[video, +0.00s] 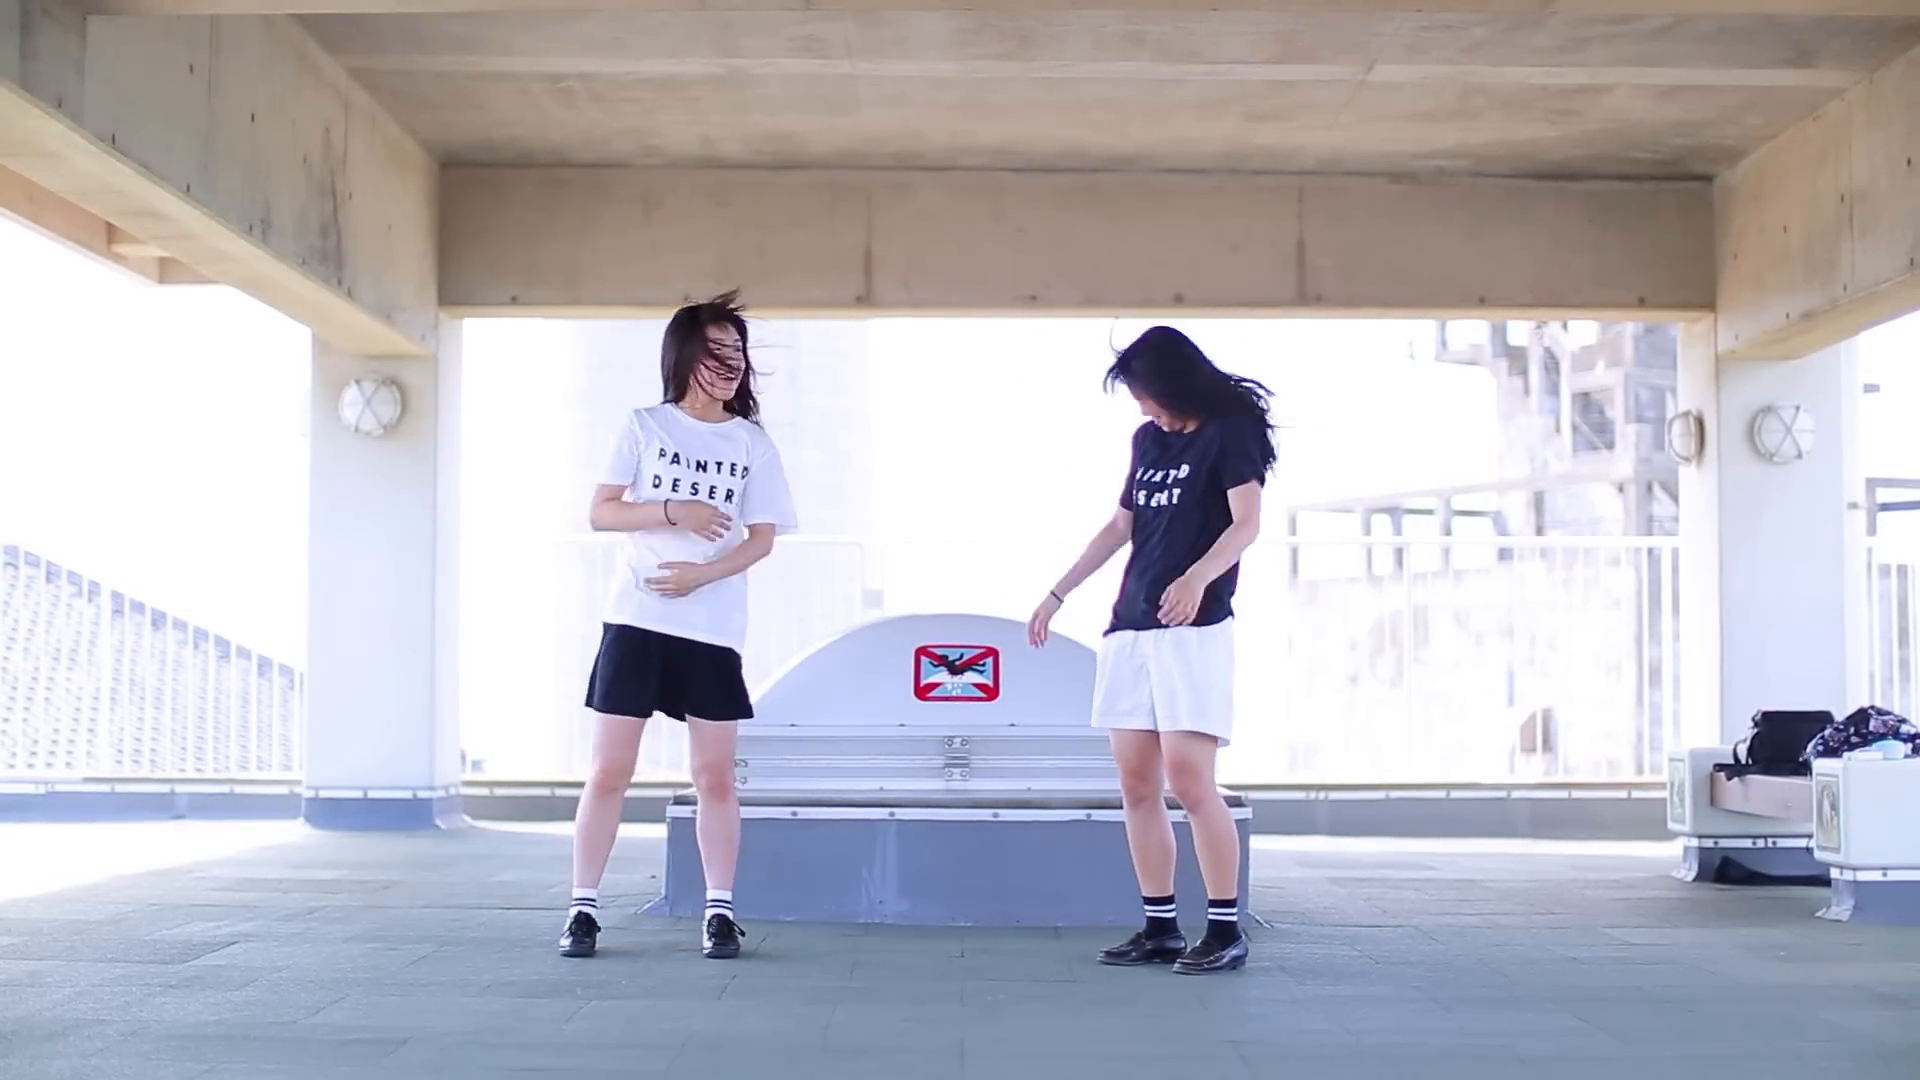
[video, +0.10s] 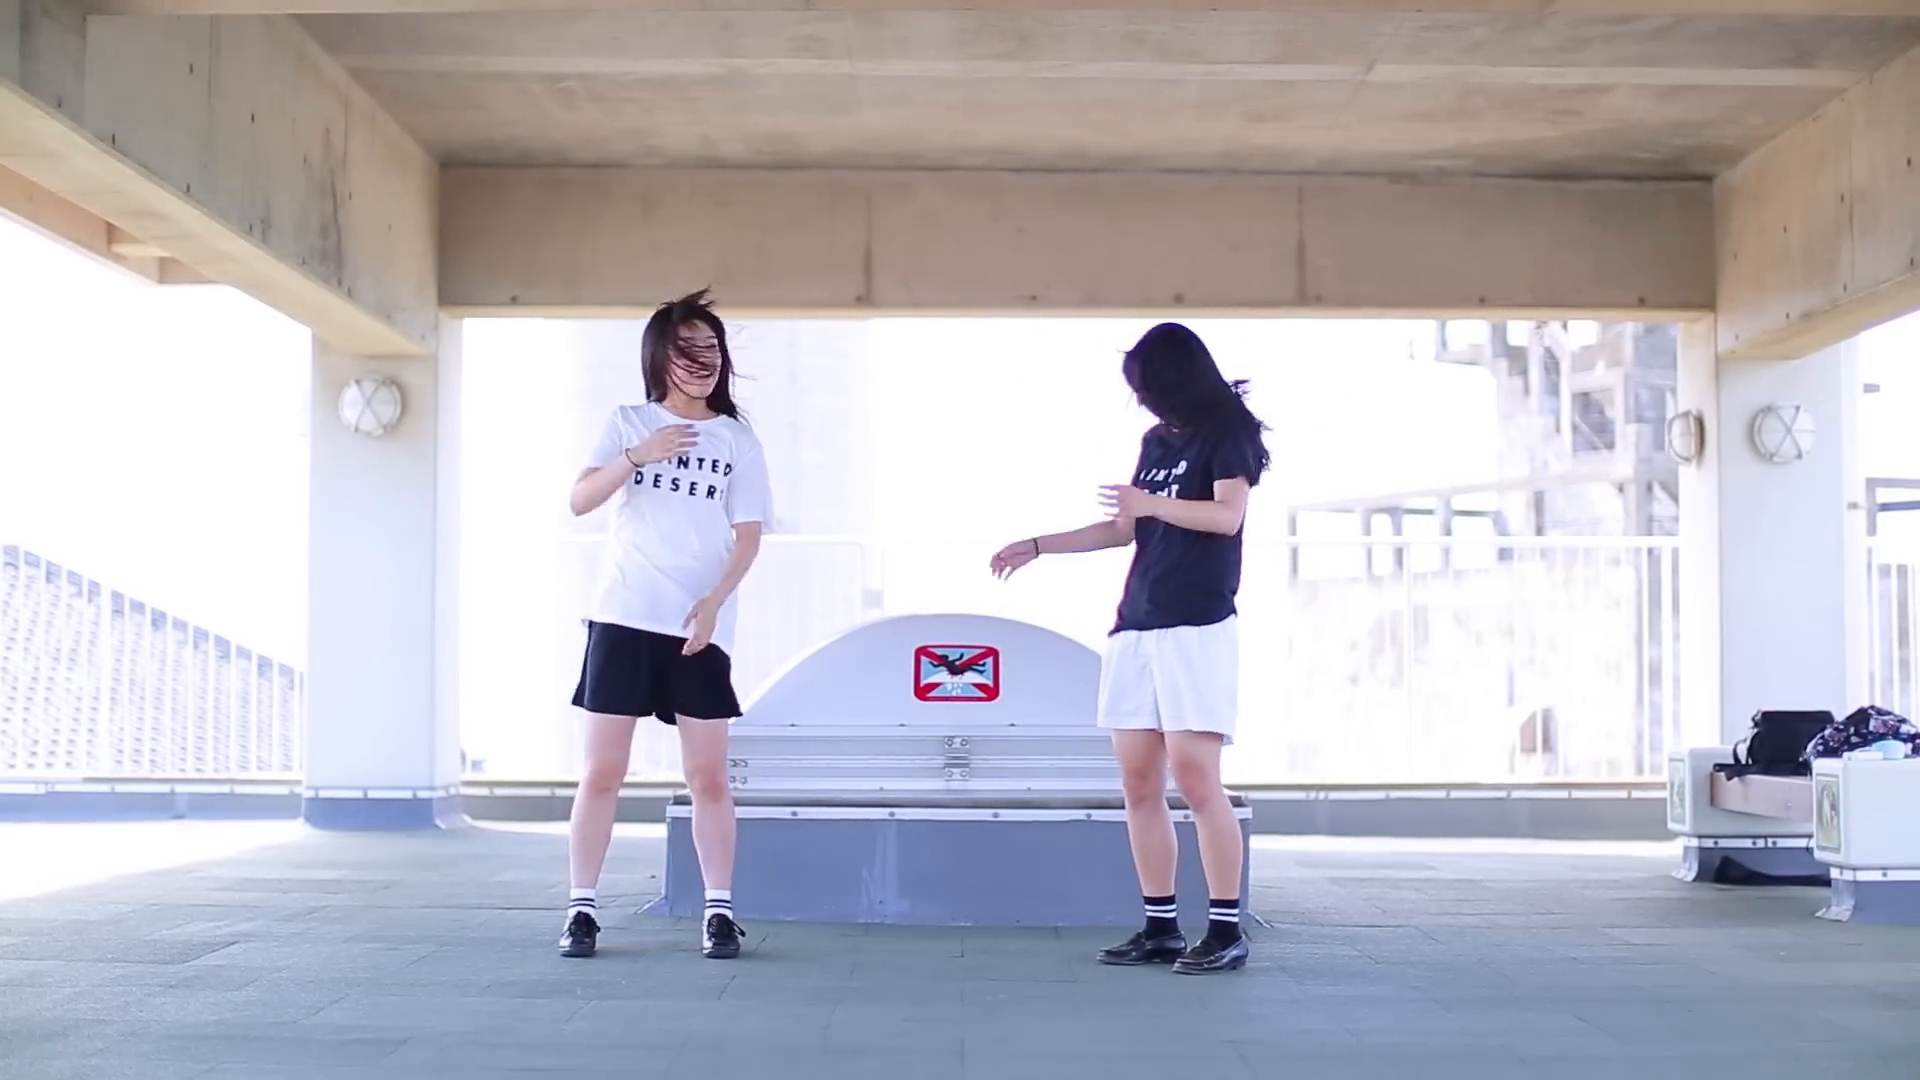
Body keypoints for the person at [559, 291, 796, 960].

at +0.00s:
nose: (726, 363)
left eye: (735, 353)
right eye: (712, 351)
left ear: (746, 361)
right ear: (682, 355)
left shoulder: (753, 441)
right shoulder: (646, 424)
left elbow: (763, 538)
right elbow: (601, 512)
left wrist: (704, 573)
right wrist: (676, 510)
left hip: (712, 630)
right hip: (636, 621)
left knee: (716, 778)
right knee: (609, 774)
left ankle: (719, 911)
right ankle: (583, 908)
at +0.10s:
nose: (699, 359)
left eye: (710, 349)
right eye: (686, 348)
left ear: (723, 357)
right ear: (658, 355)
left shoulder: (738, 438)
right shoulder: (630, 422)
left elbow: (749, 538)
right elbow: (580, 500)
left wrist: (713, 601)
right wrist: (640, 453)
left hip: (700, 626)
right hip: (624, 619)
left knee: (709, 779)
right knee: (602, 775)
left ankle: (718, 912)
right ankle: (582, 910)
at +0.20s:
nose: (671, 358)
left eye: (682, 347)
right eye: (656, 348)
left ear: (700, 356)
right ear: (632, 358)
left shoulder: (724, 438)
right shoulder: (616, 422)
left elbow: (742, 533)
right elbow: (561, 471)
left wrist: (728, 617)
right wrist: (610, 395)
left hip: (688, 630)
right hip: (609, 621)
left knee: (701, 780)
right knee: (594, 774)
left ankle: (718, 910)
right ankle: (581, 909)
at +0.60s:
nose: (598, 361)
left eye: (615, 350)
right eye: (592, 350)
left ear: (644, 364)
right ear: (583, 360)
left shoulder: (667, 434)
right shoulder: (563, 425)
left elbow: (707, 516)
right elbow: (486, 440)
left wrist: (681, 564)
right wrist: (538, 381)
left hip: (640, 622)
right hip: (565, 619)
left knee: (657, 780)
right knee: (570, 774)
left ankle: (672, 905)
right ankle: (579, 909)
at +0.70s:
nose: (579, 350)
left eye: (595, 341)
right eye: (580, 340)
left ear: (632, 363)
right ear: (581, 358)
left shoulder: (666, 430)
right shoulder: (564, 423)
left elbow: (705, 515)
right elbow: (488, 456)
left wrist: (661, 511)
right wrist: (519, 389)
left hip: (639, 621)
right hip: (564, 617)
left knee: (639, 780)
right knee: (570, 774)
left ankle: (645, 909)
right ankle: (578, 910)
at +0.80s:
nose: (579, 355)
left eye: (594, 346)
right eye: (580, 344)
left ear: (632, 363)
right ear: (585, 357)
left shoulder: (667, 430)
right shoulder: (563, 425)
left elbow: (702, 497)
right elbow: (494, 467)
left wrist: (635, 453)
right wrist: (521, 393)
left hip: (637, 621)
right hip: (564, 618)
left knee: (637, 780)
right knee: (571, 774)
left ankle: (648, 907)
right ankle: (577, 910)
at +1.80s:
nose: (614, 349)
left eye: (623, 339)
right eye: (598, 339)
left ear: (633, 352)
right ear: (568, 353)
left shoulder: (655, 427)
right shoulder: (547, 417)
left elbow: (689, 516)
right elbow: (485, 457)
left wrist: (721, 485)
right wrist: (500, 392)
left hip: (641, 619)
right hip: (565, 618)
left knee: (642, 772)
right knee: (573, 773)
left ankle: (649, 906)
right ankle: (579, 909)